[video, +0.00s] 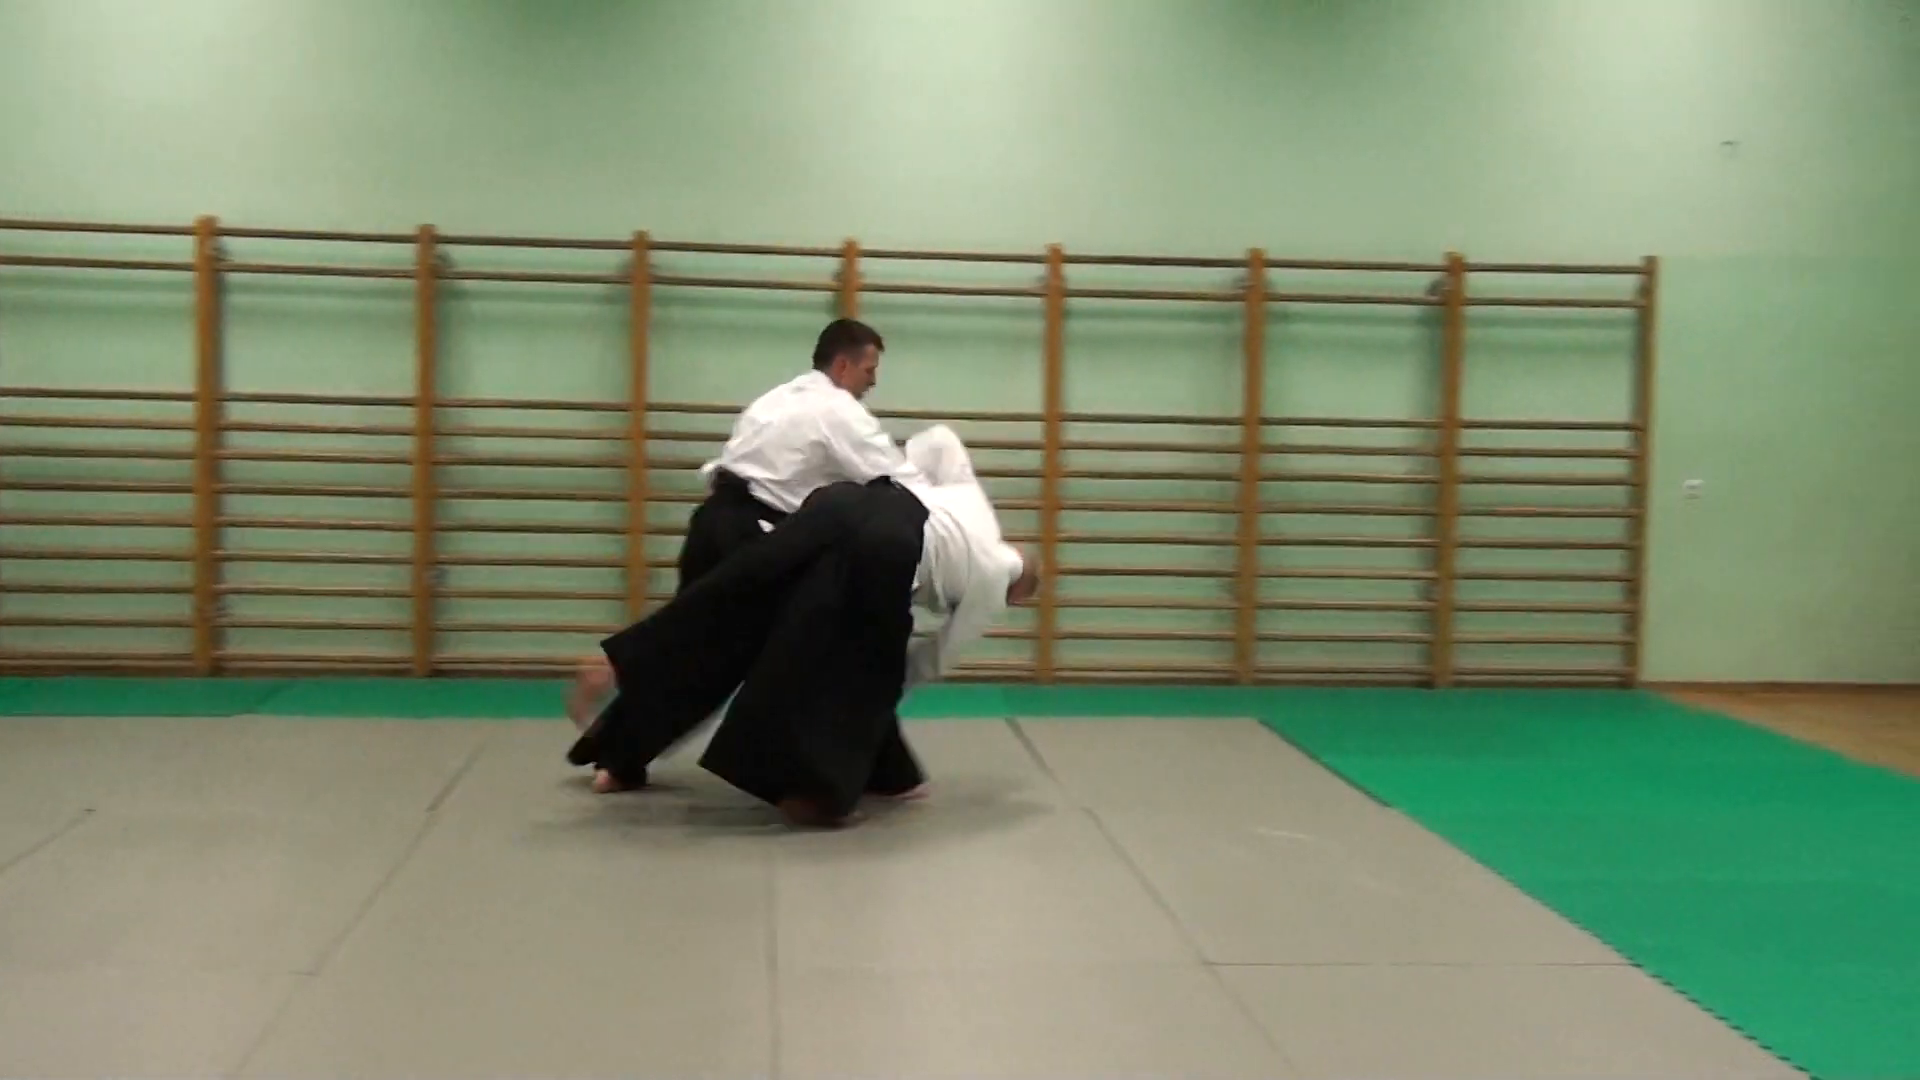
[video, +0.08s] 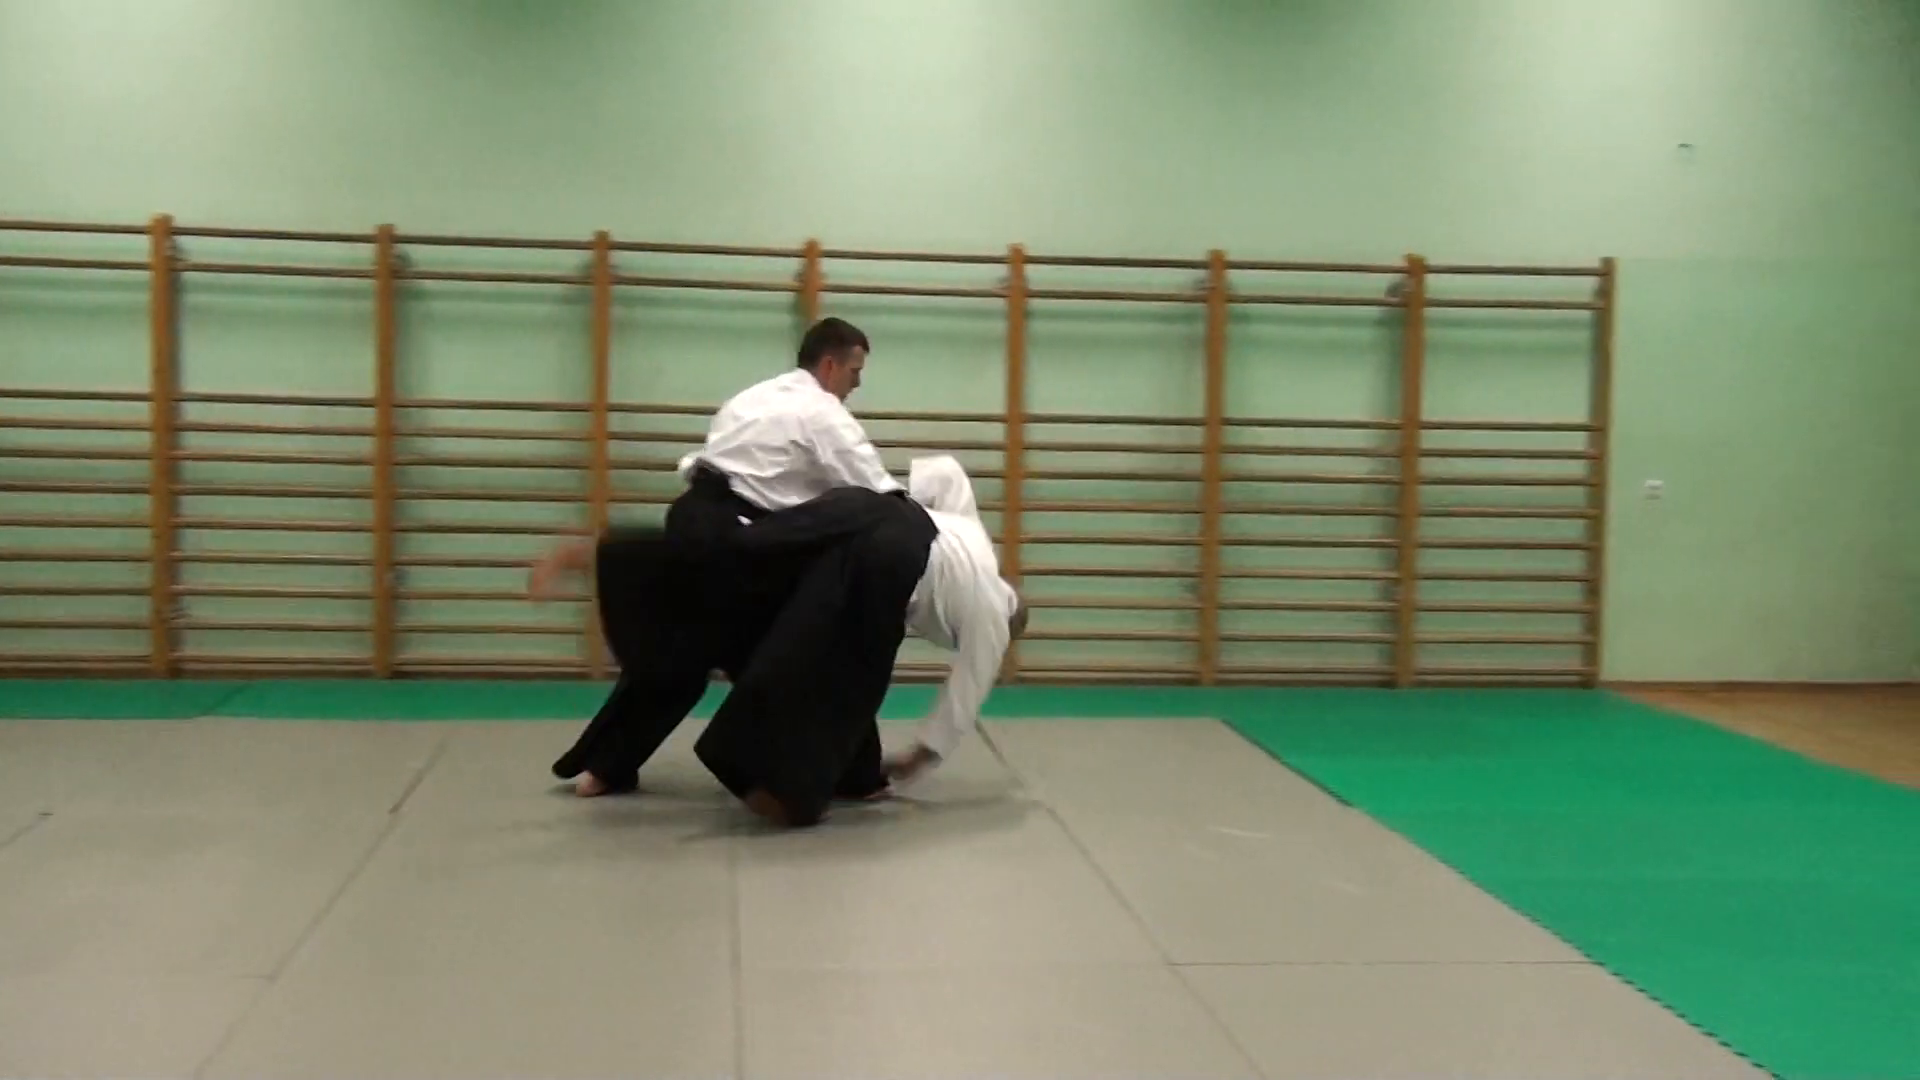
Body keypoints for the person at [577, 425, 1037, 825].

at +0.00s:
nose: (1019, 596)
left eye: (1024, 590)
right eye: (1025, 591)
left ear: (1011, 551)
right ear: (1021, 578)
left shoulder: (971, 508)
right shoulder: (988, 589)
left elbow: (944, 442)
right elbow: (923, 656)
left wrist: (907, 470)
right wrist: (879, 697)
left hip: (846, 499)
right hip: (889, 549)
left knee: (737, 587)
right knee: (853, 664)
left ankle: (623, 660)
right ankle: (814, 786)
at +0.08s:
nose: (1000, 633)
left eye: (1006, 622)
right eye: (1011, 628)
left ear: (1008, 577)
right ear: (1009, 615)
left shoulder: (973, 535)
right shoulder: (991, 617)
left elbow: (942, 467)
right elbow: (960, 706)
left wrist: (907, 503)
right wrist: (920, 759)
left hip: (866, 510)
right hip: (888, 558)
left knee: (749, 545)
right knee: (839, 663)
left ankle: (604, 558)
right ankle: (782, 786)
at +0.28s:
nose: (932, 708)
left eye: (932, 709)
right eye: (937, 710)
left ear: (933, 697)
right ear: (953, 700)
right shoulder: (985, 675)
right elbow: (945, 772)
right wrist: (895, 795)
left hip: (904, 513)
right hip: (907, 571)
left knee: (801, 457)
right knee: (802, 655)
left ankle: (827, 357)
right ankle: (707, 730)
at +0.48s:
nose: (870, 742)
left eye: (866, 746)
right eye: (872, 755)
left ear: (873, 738)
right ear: (885, 774)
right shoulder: (927, 781)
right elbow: (861, 793)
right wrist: (803, 763)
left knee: (916, 523)